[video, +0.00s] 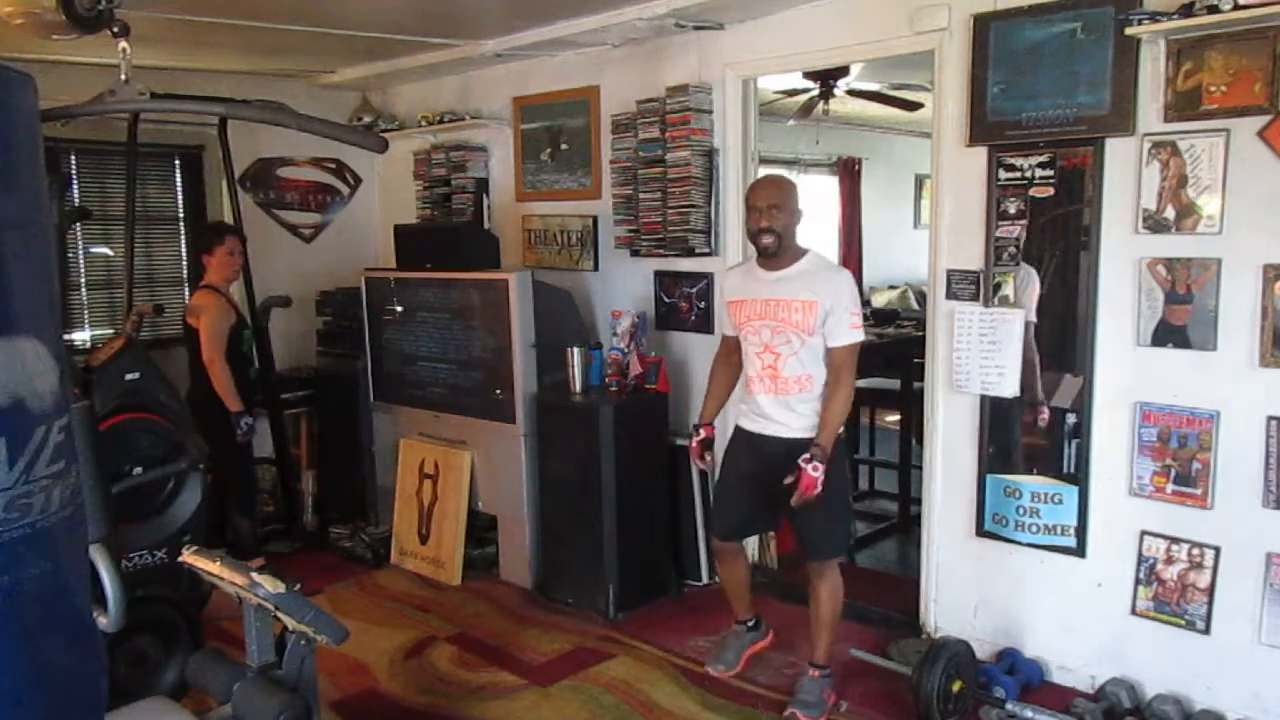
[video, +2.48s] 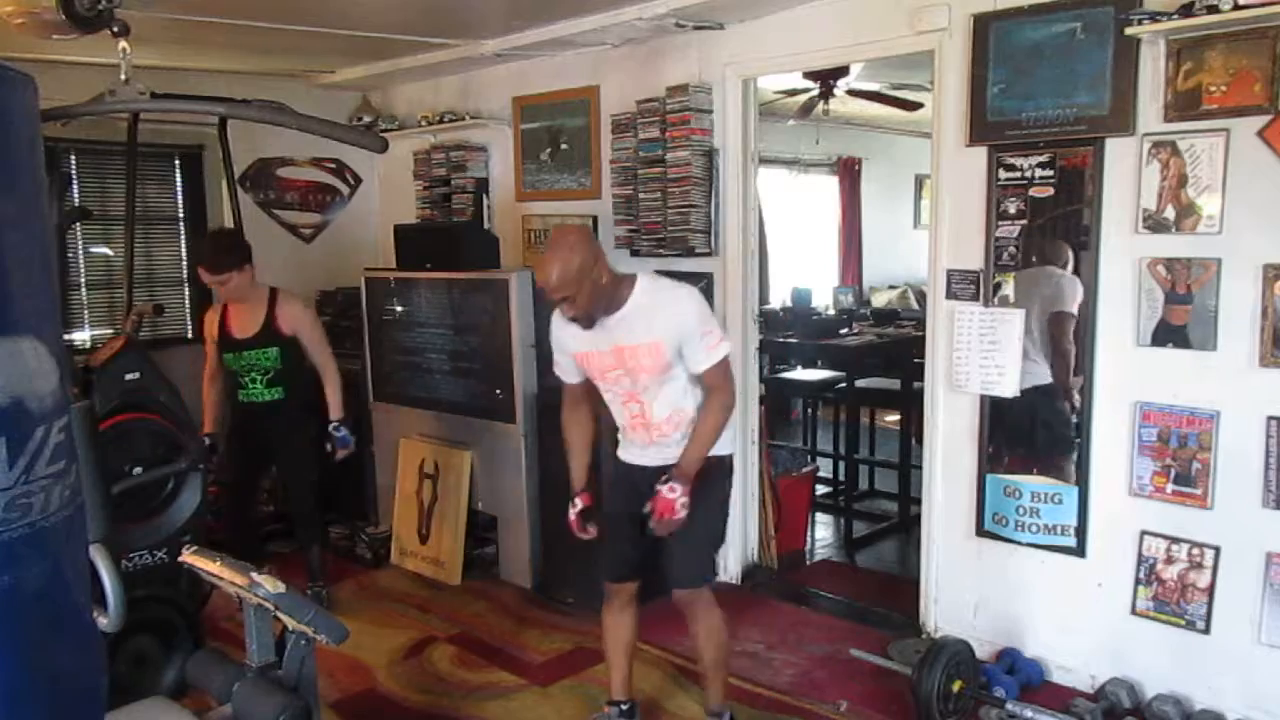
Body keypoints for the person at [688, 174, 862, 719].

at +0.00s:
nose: (762, 221)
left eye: (774, 211)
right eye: (754, 211)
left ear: (797, 217)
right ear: (744, 217)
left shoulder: (833, 283)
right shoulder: (734, 280)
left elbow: (842, 376)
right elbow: (730, 352)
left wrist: (821, 452)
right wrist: (705, 420)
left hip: (814, 441)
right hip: (750, 434)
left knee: (823, 560)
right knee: (724, 538)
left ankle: (817, 670)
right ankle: (747, 625)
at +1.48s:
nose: (685, 229)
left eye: (692, 219)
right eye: (686, 218)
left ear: (725, 221)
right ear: (723, 222)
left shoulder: (784, 288)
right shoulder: (704, 279)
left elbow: (805, 383)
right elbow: (690, 358)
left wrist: (793, 466)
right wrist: (646, 419)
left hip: (762, 446)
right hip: (708, 440)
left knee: (757, 560)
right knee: (696, 540)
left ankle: (755, 678)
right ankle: (737, 617)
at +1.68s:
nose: (686, 244)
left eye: (690, 233)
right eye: (683, 234)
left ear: (726, 221)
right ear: (718, 225)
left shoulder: (782, 285)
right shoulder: (705, 281)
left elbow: (797, 383)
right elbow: (700, 364)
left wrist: (770, 467)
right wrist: (664, 427)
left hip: (754, 452)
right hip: (700, 444)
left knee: (757, 569)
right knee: (672, 545)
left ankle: (756, 678)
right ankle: (697, 641)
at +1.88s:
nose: (672, 253)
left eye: (677, 241)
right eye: (666, 243)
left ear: (713, 226)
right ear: (683, 234)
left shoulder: (770, 285)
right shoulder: (687, 285)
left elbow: (787, 387)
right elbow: (696, 370)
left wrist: (748, 457)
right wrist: (685, 435)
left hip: (753, 454)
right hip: (692, 448)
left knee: (755, 575)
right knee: (660, 554)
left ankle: (755, 682)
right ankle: (629, 675)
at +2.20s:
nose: (615, 265)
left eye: (621, 252)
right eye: (609, 254)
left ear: (657, 238)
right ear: (645, 243)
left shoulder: (722, 290)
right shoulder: (626, 303)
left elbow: (768, 379)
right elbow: (635, 382)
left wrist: (752, 467)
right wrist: (640, 441)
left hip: (719, 472)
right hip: (653, 469)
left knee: (732, 589)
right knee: (636, 584)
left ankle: (750, 681)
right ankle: (622, 702)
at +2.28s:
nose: (596, 273)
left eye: (603, 259)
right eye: (589, 262)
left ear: (641, 242)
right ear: (588, 255)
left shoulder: (705, 288)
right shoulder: (604, 305)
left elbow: (755, 371)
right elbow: (614, 389)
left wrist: (739, 463)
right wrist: (619, 468)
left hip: (706, 471)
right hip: (640, 470)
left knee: (710, 594)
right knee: (623, 585)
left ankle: (745, 675)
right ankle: (620, 705)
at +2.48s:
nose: (562, 311)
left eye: (567, 299)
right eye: (554, 301)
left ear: (600, 273)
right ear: (553, 288)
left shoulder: (678, 304)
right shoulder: (565, 326)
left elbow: (722, 393)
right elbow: (576, 402)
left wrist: (682, 477)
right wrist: (580, 487)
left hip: (700, 459)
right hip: (629, 460)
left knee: (689, 587)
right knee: (618, 587)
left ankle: (718, 711)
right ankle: (620, 706)